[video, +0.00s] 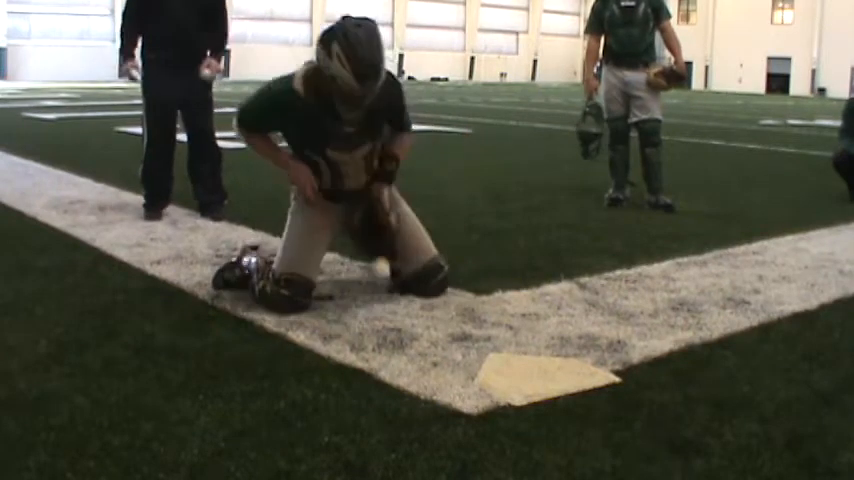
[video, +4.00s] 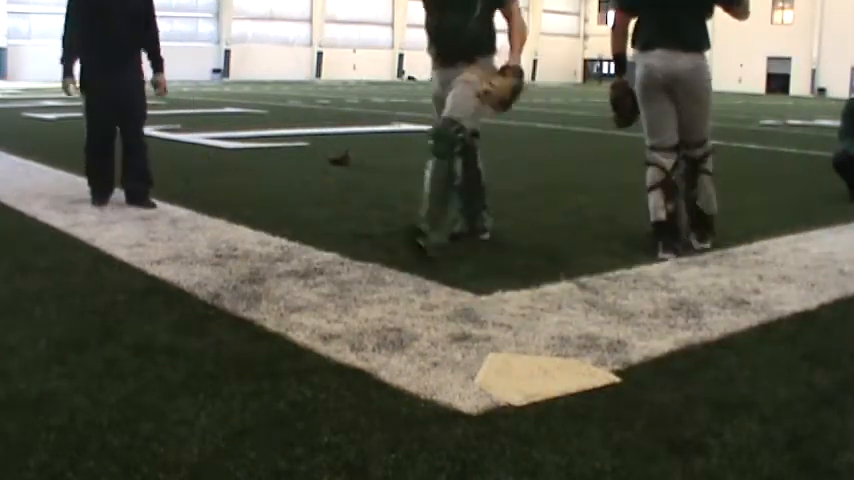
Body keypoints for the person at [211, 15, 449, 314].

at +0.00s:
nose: (358, 98)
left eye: (365, 90)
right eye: (348, 90)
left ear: (377, 75)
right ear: (327, 74)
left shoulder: (387, 89)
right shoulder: (289, 93)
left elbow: (402, 131)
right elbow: (247, 124)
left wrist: (389, 163)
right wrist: (291, 166)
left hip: (375, 192)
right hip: (318, 197)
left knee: (431, 281)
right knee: (290, 297)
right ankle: (251, 264)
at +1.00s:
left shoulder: (640, 3)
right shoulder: (561, 7)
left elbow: (649, 34)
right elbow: (520, 38)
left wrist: (599, 56)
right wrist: (471, 33)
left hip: (643, 124)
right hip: (588, 121)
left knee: (605, 236)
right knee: (498, 193)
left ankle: (703, 340)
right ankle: (500, 298)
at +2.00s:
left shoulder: (713, 4)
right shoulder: (667, 7)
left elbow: (751, 48)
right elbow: (685, 70)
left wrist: (732, 128)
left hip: (745, 102)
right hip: (696, 103)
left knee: (774, 220)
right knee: (640, 181)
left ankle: (851, 280)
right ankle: (659, 272)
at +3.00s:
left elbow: (579, 9)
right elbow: (690, 27)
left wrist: (542, 66)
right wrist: (663, 54)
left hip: (623, 67)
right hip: (667, 67)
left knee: (579, 170)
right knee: (639, 173)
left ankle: (568, 263)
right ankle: (661, 261)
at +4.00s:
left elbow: (619, 24)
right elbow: (741, 11)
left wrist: (620, 75)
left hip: (649, 62)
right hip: (691, 63)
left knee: (659, 152)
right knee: (698, 151)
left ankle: (664, 239)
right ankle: (702, 233)